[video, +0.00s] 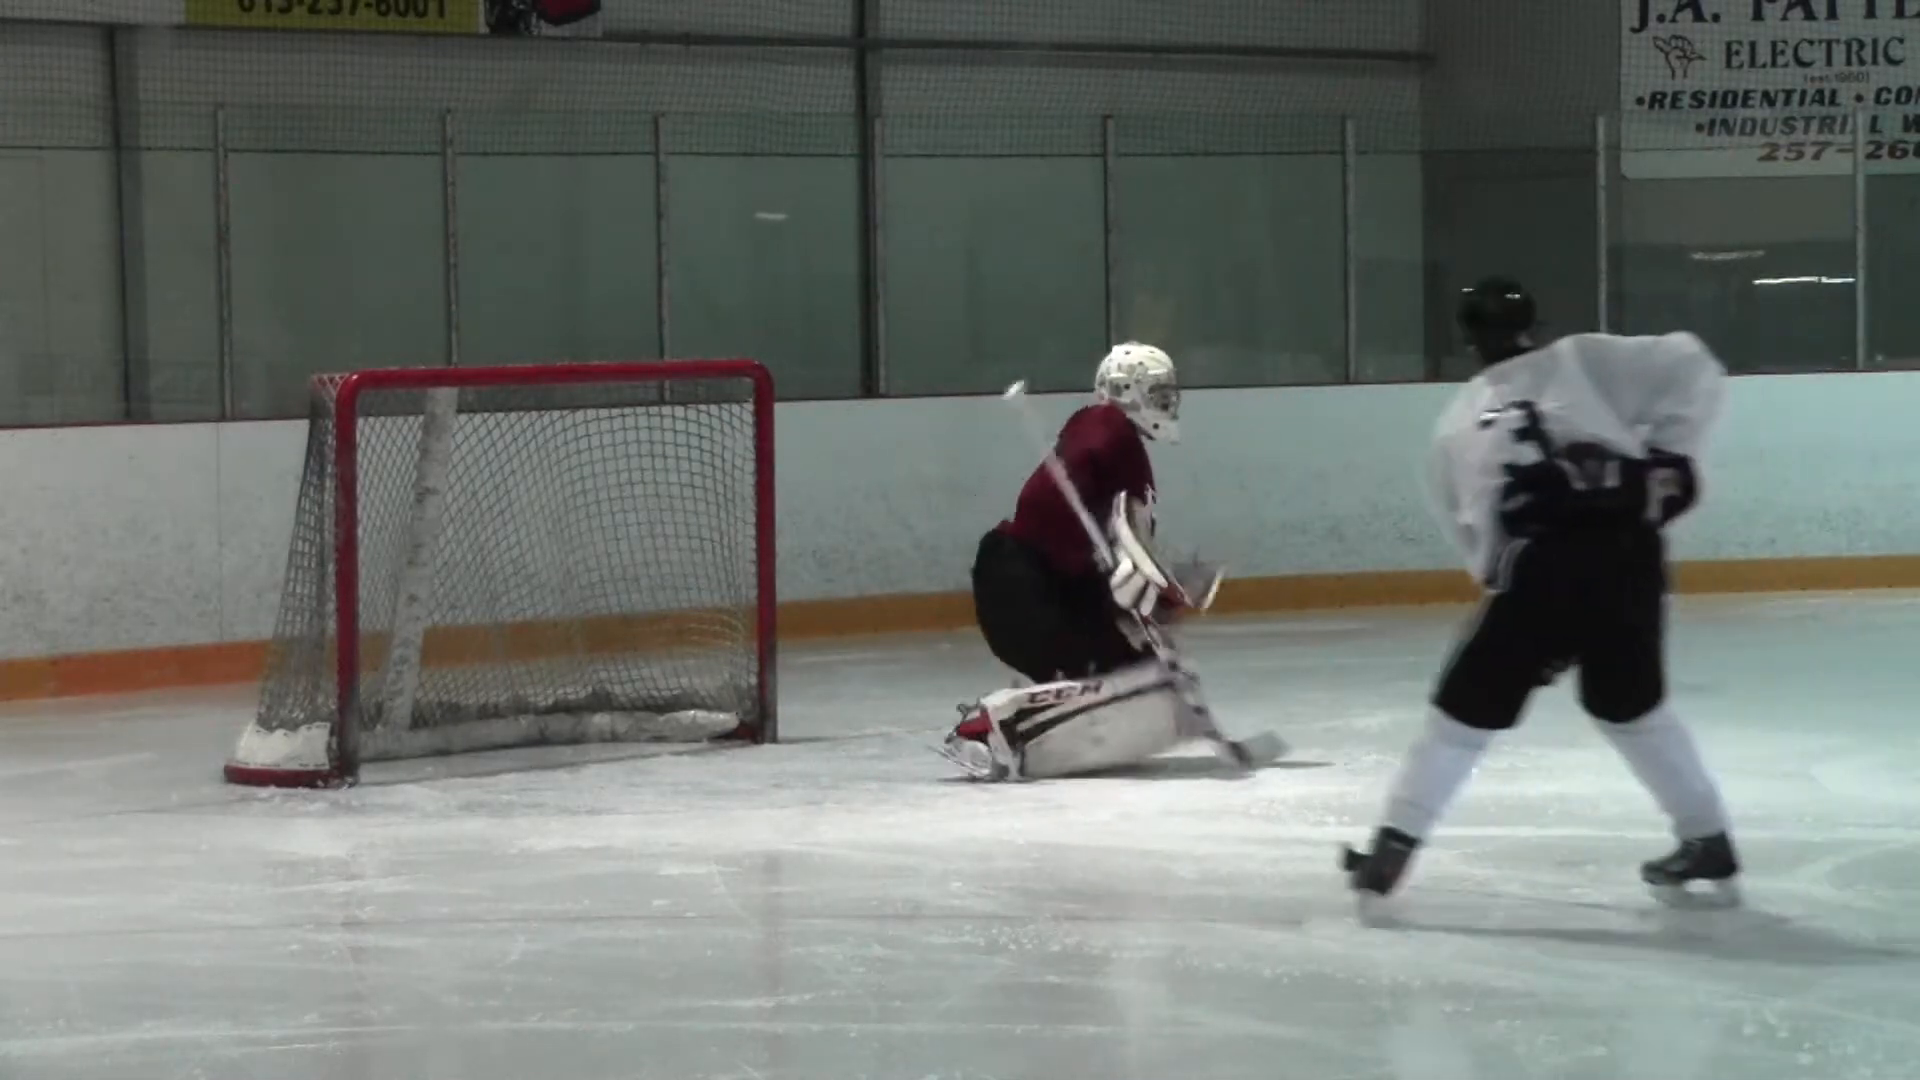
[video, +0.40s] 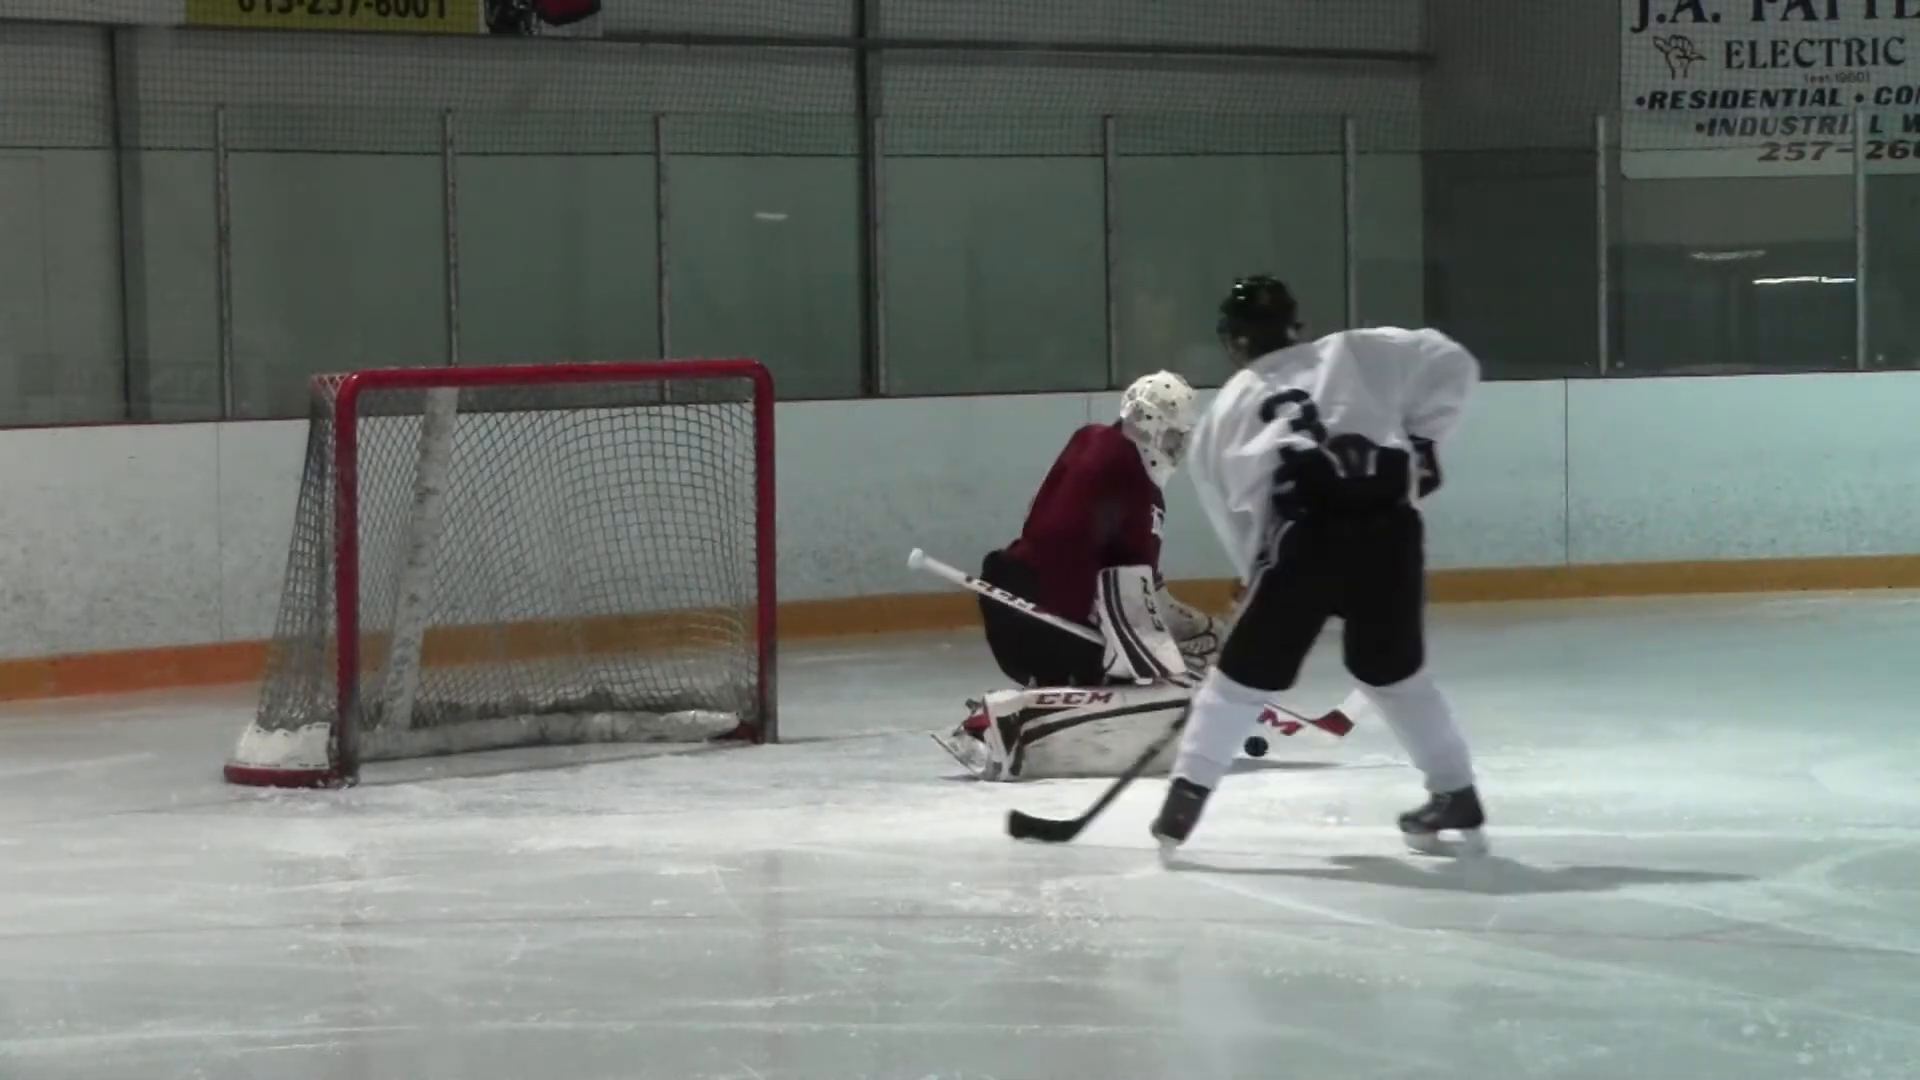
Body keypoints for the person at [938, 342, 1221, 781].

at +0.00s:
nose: (1169, 404)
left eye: (1170, 393)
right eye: (1158, 393)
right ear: (1128, 393)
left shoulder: (1123, 441)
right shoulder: (1104, 428)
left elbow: (1131, 532)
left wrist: (1166, 587)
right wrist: (1132, 563)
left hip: (1065, 580)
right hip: (1020, 573)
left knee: (1139, 661)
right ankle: (992, 727)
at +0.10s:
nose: (1163, 422)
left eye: (1165, 412)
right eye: (1156, 411)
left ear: (1107, 402)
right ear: (1132, 408)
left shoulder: (1079, 437)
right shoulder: (1115, 460)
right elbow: (1129, 583)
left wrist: (1165, 622)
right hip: (1041, 604)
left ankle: (1000, 714)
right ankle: (1013, 723)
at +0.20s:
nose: (1171, 433)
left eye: (1174, 421)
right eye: (1164, 422)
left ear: (1114, 410)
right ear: (1142, 418)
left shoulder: (1079, 439)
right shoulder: (1126, 470)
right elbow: (1133, 589)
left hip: (1005, 634)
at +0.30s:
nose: (1170, 441)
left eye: (1176, 430)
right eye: (1165, 428)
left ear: (1119, 409)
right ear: (1147, 422)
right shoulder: (1132, 483)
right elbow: (1129, 599)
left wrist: (1189, 625)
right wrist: (1173, 671)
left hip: (1005, 630)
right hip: (1053, 645)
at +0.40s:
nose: (1180, 449)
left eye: (1183, 438)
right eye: (1177, 437)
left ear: (1128, 414)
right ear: (1155, 429)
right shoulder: (1138, 489)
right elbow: (1134, 602)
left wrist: (1199, 629)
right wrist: (1175, 674)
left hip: (1006, 620)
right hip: (1056, 642)